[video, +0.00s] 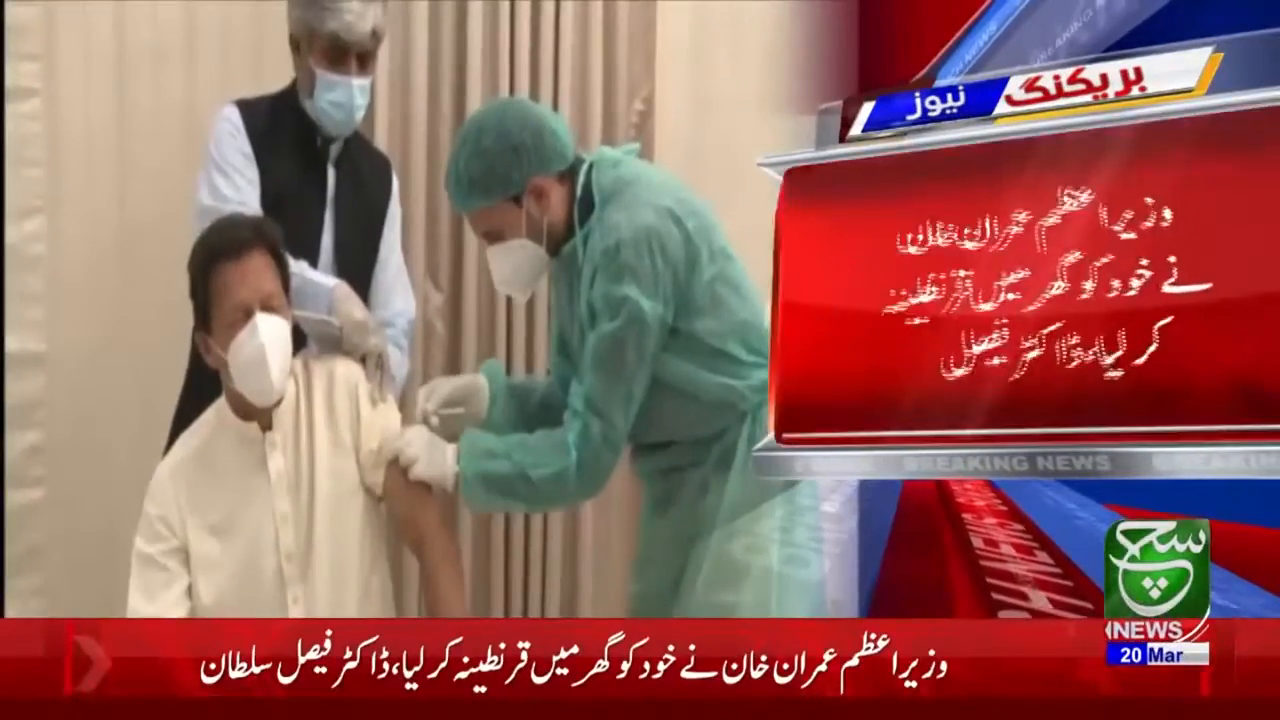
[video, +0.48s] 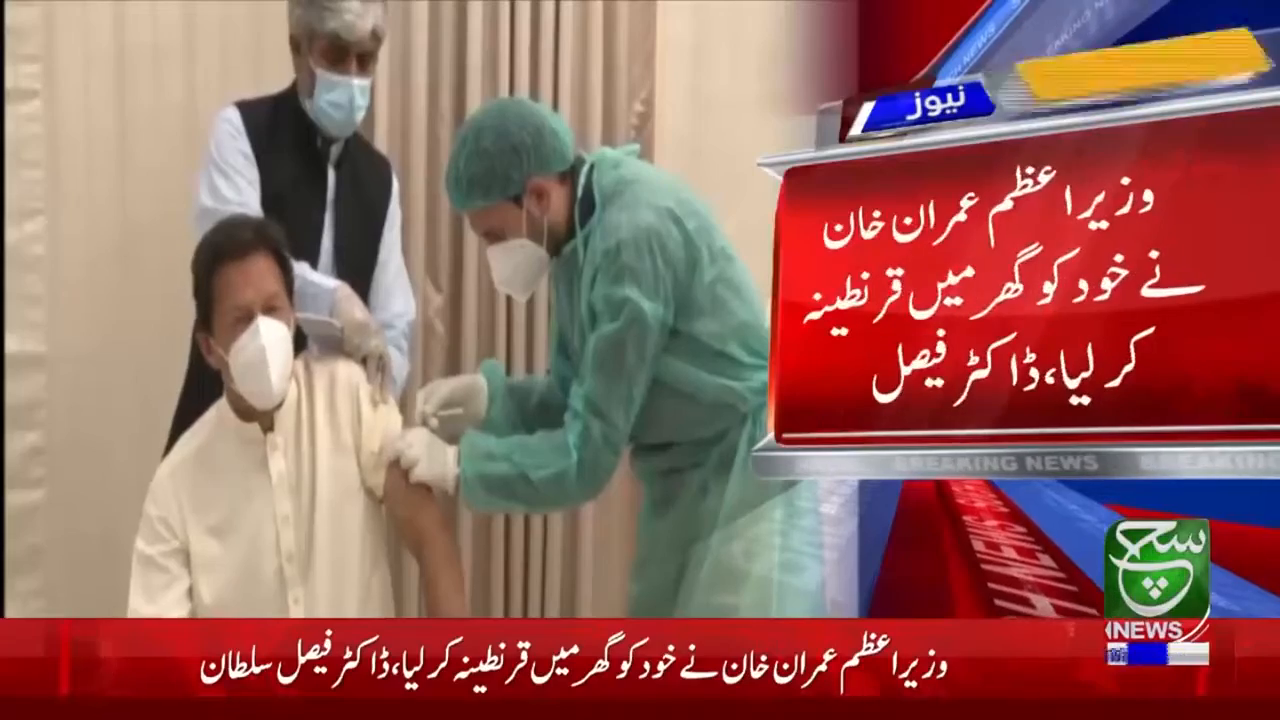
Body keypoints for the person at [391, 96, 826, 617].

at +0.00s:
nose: (493, 254)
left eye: (495, 236)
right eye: (484, 239)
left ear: (541, 195)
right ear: (542, 194)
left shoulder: (633, 231)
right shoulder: (582, 229)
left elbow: (587, 454)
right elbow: (575, 401)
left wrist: (458, 462)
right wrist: (488, 400)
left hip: (749, 461)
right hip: (678, 468)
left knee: (732, 656)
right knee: (654, 653)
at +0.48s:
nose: (492, 253)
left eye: (495, 236)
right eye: (484, 239)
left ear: (542, 197)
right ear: (543, 196)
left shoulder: (634, 230)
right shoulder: (581, 228)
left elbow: (589, 454)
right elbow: (573, 398)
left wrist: (460, 464)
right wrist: (489, 398)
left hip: (750, 463)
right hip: (677, 470)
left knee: (730, 659)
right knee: (654, 655)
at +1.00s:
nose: (496, 256)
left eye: (498, 239)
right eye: (488, 242)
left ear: (545, 200)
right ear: (545, 200)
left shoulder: (635, 234)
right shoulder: (581, 231)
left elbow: (591, 457)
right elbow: (571, 400)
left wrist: (460, 469)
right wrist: (486, 399)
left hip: (750, 471)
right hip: (678, 477)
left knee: (728, 663)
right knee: (654, 660)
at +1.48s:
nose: (497, 257)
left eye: (499, 240)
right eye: (488, 243)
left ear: (544, 200)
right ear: (545, 200)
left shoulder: (635, 235)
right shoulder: (582, 232)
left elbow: (591, 460)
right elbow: (570, 402)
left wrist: (461, 472)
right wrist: (487, 402)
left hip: (749, 472)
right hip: (678, 479)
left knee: (730, 663)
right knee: (654, 661)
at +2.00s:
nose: (496, 258)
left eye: (497, 241)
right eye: (487, 245)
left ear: (543, 202)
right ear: (544, 201)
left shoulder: (633, 239)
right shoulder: (582, 234)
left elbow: (589, 464)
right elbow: (566, 404)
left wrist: (457, 474)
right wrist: (482, 405)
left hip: (747, 475)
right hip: (677, 480)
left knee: (734, 664)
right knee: (656, 661)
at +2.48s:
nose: (495, 262)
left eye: (497, 245)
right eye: (486, 249)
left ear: (542, 205)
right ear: (543, 205)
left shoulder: (633, 243)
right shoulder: (580, 239)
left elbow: (589, 469)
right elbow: (566, 410)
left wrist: (458, 480)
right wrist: (481, 409)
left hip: (748, 477)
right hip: (676, 483)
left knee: (738, 666)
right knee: (658, 664)